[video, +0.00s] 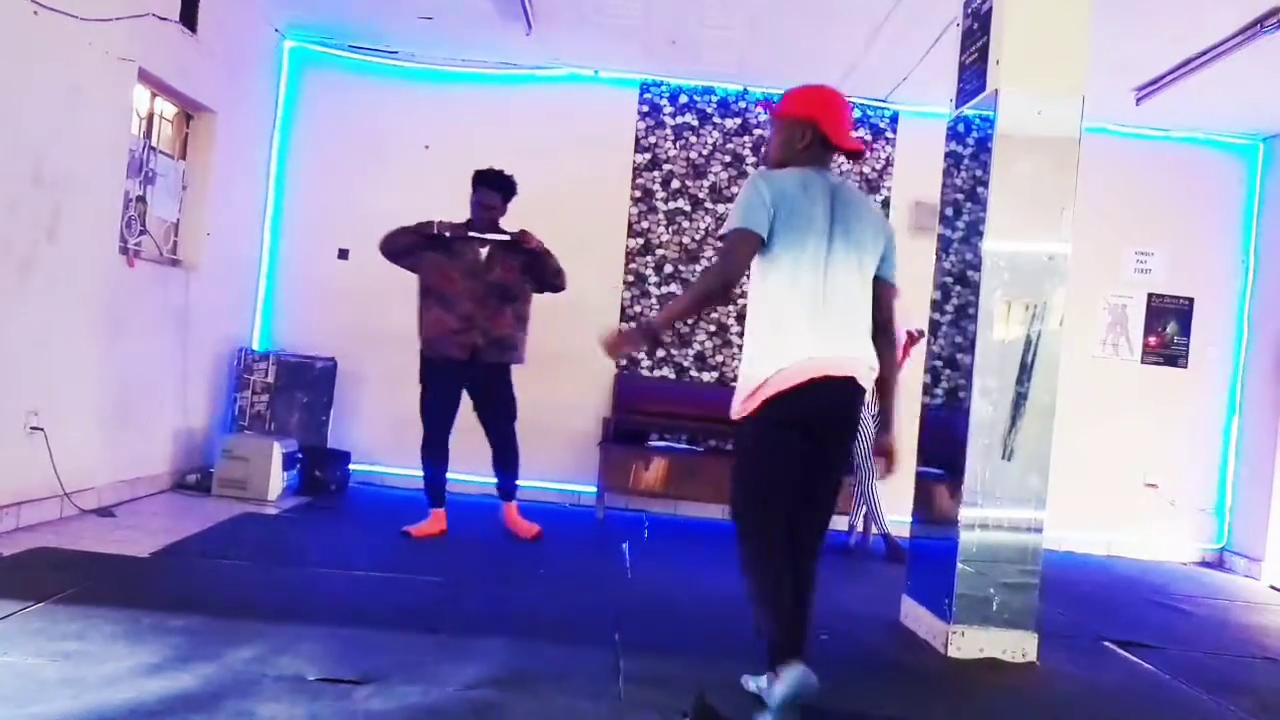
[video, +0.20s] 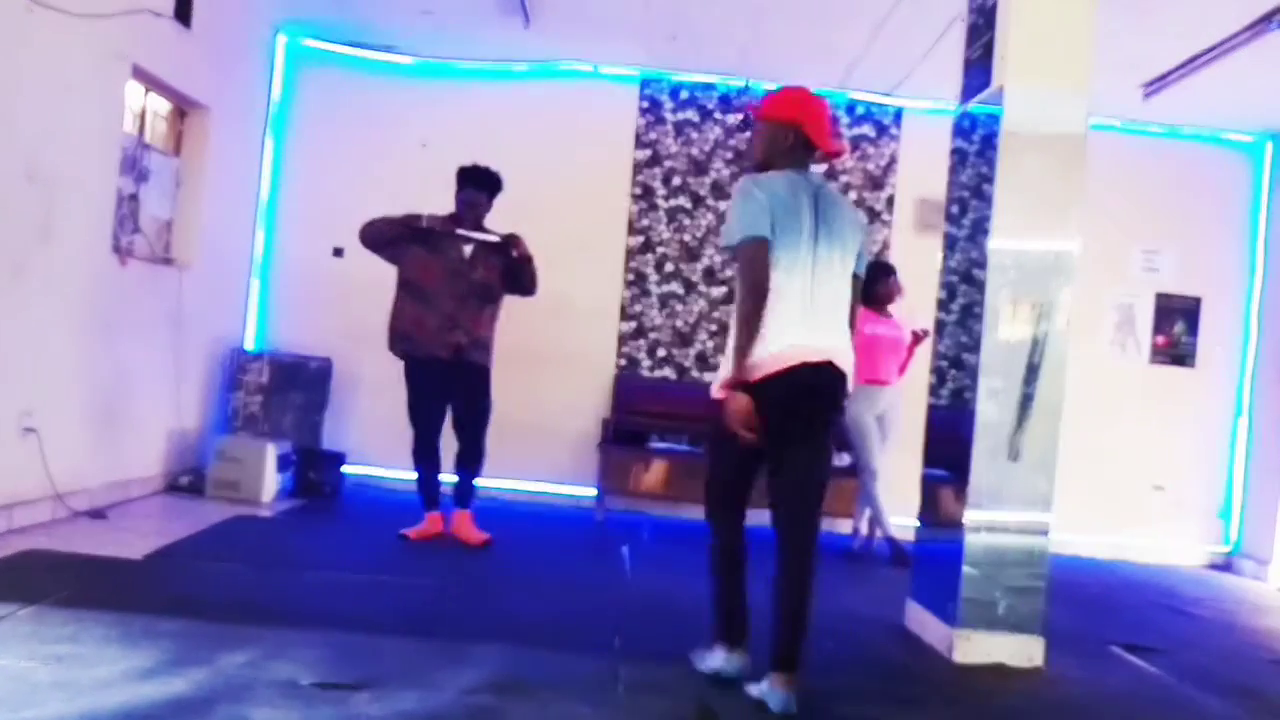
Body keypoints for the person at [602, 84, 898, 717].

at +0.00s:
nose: (768, 140)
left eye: (777, 128)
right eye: (773, 127)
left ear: (802, 134)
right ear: (830, 144)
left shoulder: (771, 187)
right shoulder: (873, 217)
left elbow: (728, 271)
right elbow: (885, 330)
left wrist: (648, 328)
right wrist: (888, 421)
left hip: (782, 386)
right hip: (848, 395)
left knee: (758, 523)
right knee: (803, 535)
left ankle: (789, 663)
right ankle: (779, 675)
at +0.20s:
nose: (752, 139)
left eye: (761, 129)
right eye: (756, 127)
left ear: (786, 136)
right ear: (811, 145)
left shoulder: (757, 191)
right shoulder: (849, 214)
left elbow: (755, 286)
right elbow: (848, 307)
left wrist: (735, 375)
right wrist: (836, 381)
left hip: (764, 374)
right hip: (827, 376)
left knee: (724, 505)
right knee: (799, 522)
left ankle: (730, 645)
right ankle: (783, 676)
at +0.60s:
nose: (706, 162)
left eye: (717, 153)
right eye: (710, 152)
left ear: (743, 162)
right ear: (755, 166)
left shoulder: (731, 216)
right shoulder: (772, 219)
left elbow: (731, 304)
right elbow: (770, 305)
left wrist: (705, 385)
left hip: (728, 376)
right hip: (764, 375)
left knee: (704, 500)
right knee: (738, 493)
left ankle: (712, 625)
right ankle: (775, 601)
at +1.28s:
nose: (665, 201)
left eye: (675, 193)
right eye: (659, 193)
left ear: (694, 199)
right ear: (649, 199)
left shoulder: (717, 239)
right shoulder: (640, 252)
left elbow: (775, 270)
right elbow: (616, 299)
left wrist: (743, 308)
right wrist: (599, 316)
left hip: (729, 388)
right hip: (676, 384)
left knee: (737, 485)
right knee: (673, 481)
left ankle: (763, 582)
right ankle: (687, 580)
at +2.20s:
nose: (688, 212)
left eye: (696, 206)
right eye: (681, 204)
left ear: (708, 214)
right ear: (670, 208)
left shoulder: (698, 269)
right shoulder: (648, 247)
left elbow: (690, 324)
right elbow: (629, 314)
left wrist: (697, 354)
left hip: (664, 379)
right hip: (626, 373)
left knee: (648, 472)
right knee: (620, 467)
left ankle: (613, 561)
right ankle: (602, 552)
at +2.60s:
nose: (681, 202)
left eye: (690, 195)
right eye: (675, 194)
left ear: (705, 203)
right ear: (664, 200)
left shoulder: (722, 251)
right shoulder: (644, 251)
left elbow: (732, 309)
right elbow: (596, 288)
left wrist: (686, 294)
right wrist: (572, 323)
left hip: (681, 379)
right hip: (635, 373)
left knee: (650, 466)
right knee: (624, 458)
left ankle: (616, 563)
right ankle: (640, 538)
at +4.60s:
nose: (668, 190)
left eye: (677, 184)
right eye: (662, 183)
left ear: (695, 194)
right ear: (651, 192)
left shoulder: (715, 242)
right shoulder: (640, 250)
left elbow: (728, 318)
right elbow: (636, 311)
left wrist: (721, 383)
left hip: (687, 388)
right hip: (636, 384)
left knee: (688, 491)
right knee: (610, 481)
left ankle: (696, 581)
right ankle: (580, 572)